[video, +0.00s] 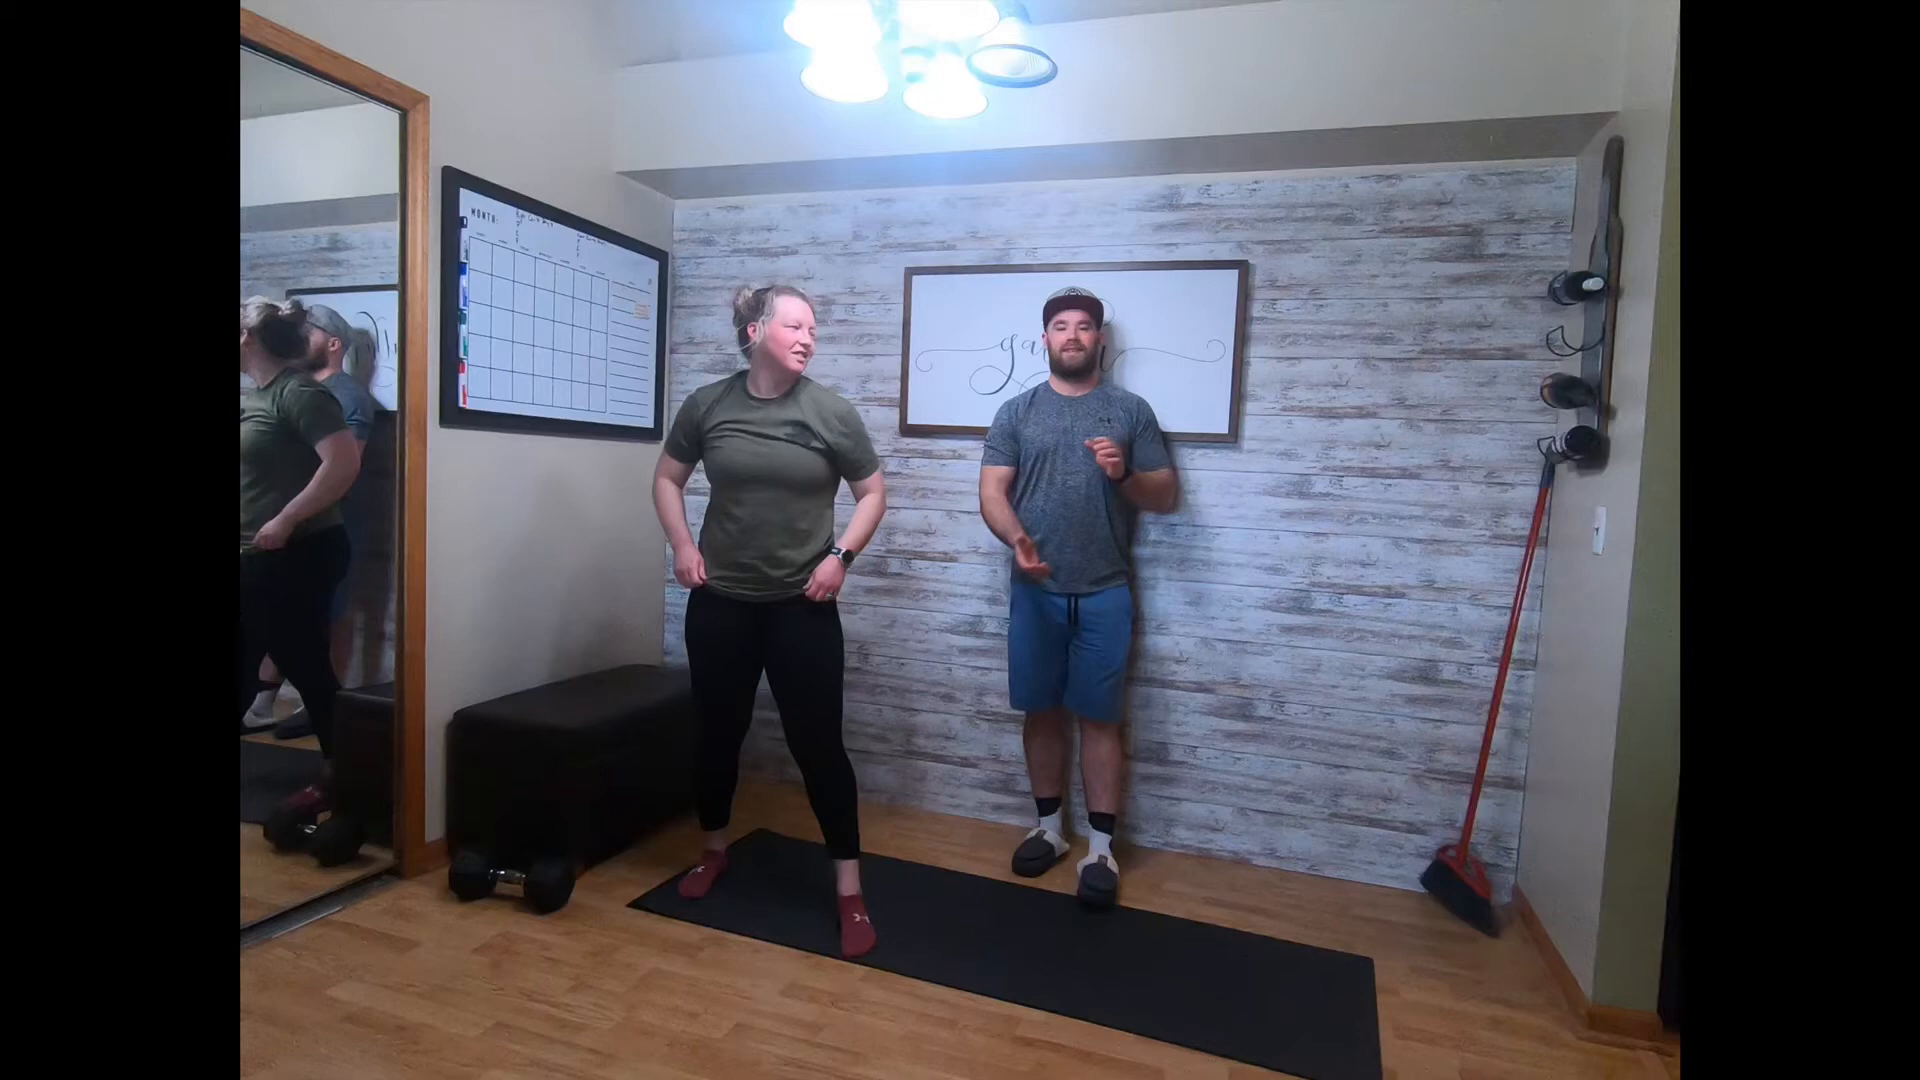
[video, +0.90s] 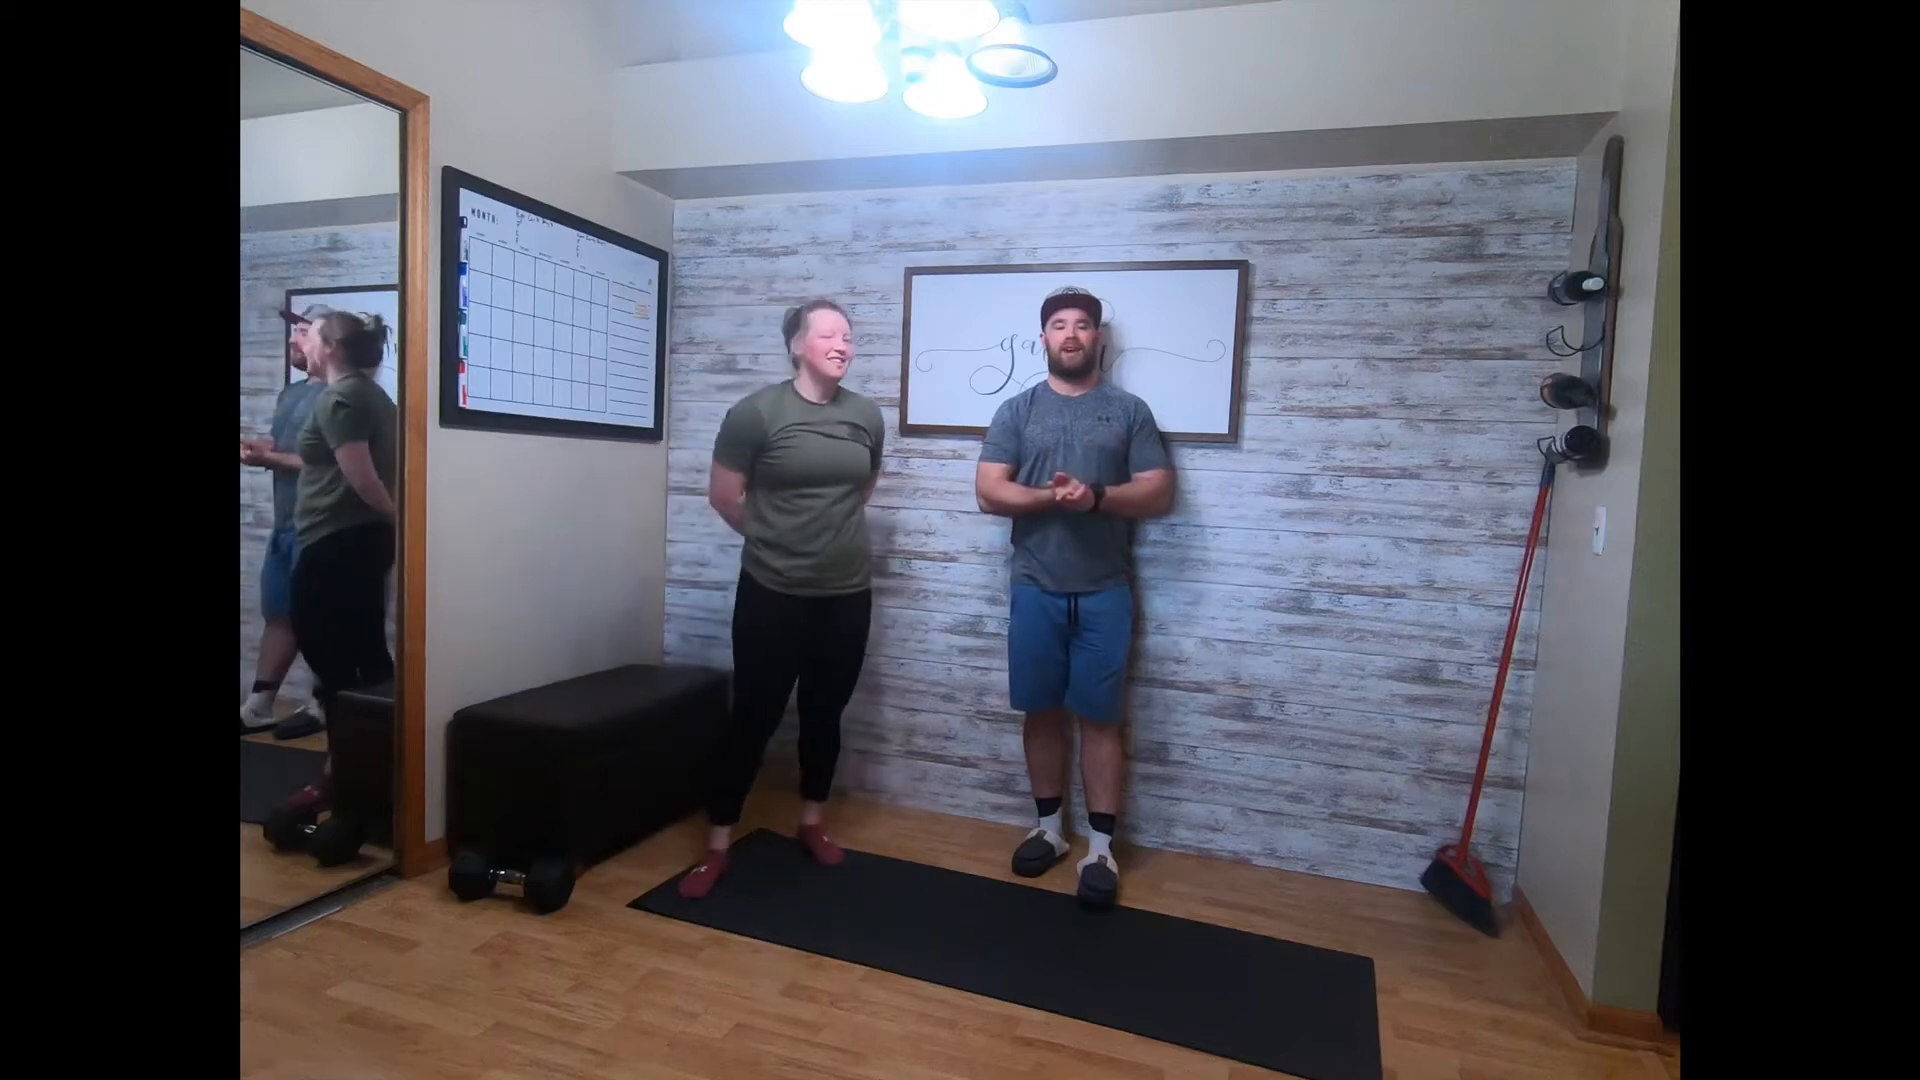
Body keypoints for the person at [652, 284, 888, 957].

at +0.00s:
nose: (808, 339)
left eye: (812, 330)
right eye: (796, 327)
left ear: (809, 340)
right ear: (754, 331)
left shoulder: (830, 414)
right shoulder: (708, 406)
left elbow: (873, 493)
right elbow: (667, 479)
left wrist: (841, 557)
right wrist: (684, 545)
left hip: (802, 607)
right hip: (720, 605)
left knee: (820, 747)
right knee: (714, 736)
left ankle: (849, 886)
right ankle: (713, 851)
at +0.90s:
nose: (843, 345)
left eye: (847, 338)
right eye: (830, 337)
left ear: (851, 351)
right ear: (797, 347)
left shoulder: (867, 418)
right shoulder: (755, 414)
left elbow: (863, 492)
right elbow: (724, 495)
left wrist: (818, 526)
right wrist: (775, 535)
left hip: (844, 595)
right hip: (771, 593)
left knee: (824, 715)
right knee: (753, 718)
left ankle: (813, 822)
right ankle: (719, 844)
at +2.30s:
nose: (757, 338)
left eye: (768, 331)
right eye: (747, 330)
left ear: (788, 343)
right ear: (730, 343)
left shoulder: (813, 410)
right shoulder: (694, 401)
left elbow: (841, 472)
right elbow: (646, 460)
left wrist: (809, 524)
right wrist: (677, 524)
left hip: (787, 591)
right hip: (707, 588)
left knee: (795, 717)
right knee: (707, 717)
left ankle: (808, 824)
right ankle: (708, 836)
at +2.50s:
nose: (743, 338)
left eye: (754, 330)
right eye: (732, 329)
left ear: (773, 343)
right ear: (715, 340)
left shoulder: (798, 404)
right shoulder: (681, 393)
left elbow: (844, 469)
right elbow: (615, 453)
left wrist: (836, 467)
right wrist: (659, 451)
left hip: (775, 590)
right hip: (696, 587)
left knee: (792, 715)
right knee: (703, 716)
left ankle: (808, 823)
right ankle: (706, 836)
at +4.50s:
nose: (751, 392)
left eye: (761, 381)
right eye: (741, 380)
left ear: (775, 367)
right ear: (717, 359)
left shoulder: (788, 410)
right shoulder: (667, 401)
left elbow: (816, 470)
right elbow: (613, 456)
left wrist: (805, 531)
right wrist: (624, 528)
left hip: (764, 587)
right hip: (686, 586)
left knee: (779, 709)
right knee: (696, 713)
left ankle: (797, 824)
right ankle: (707, 838)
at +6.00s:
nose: (746, 358)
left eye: (756, 347)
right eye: (734, 346)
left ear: (768, 350)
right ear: (709, 346)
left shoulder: (792, 418)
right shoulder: (667, 409)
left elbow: (807, 503)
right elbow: (632, 491)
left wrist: (751, 527)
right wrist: (689, 528)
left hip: (770, 593)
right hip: (690, 591)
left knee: (782, 716)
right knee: (699, 718)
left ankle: (797, 824)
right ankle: (707, 837)